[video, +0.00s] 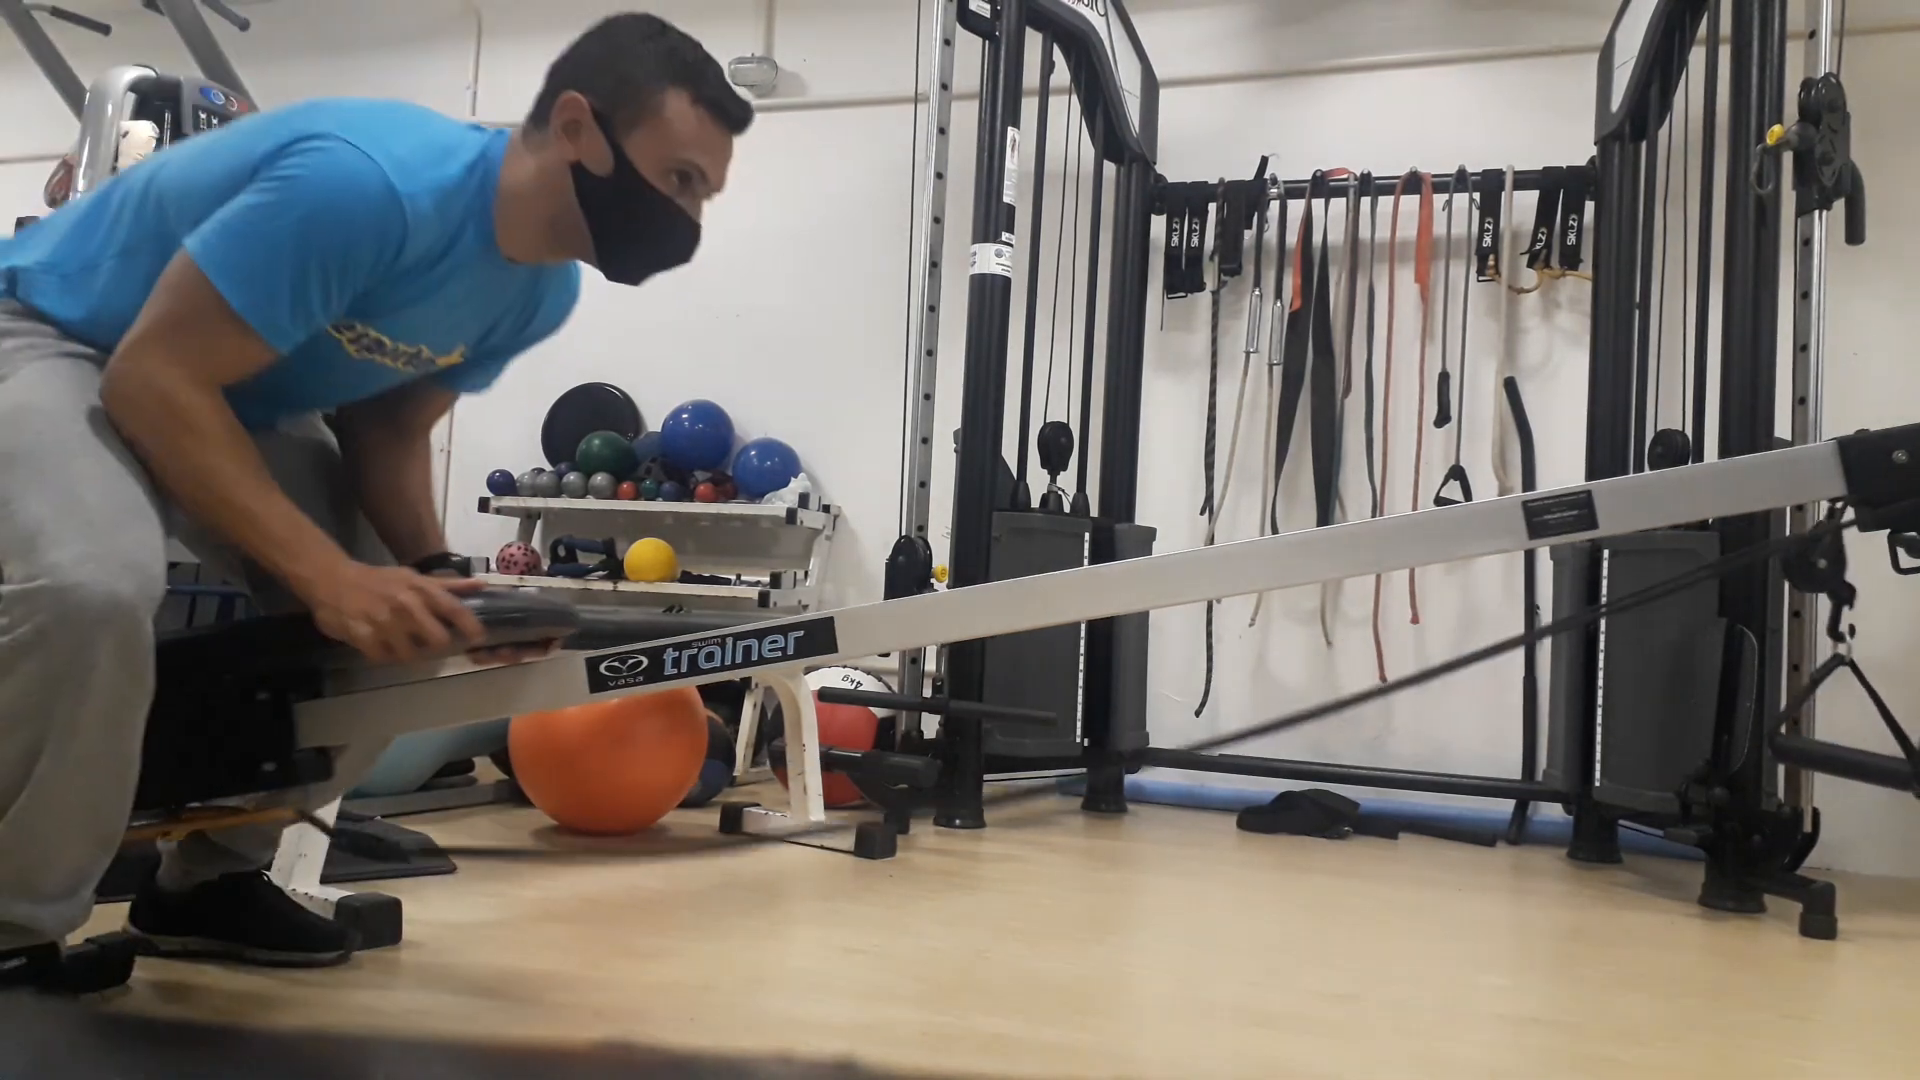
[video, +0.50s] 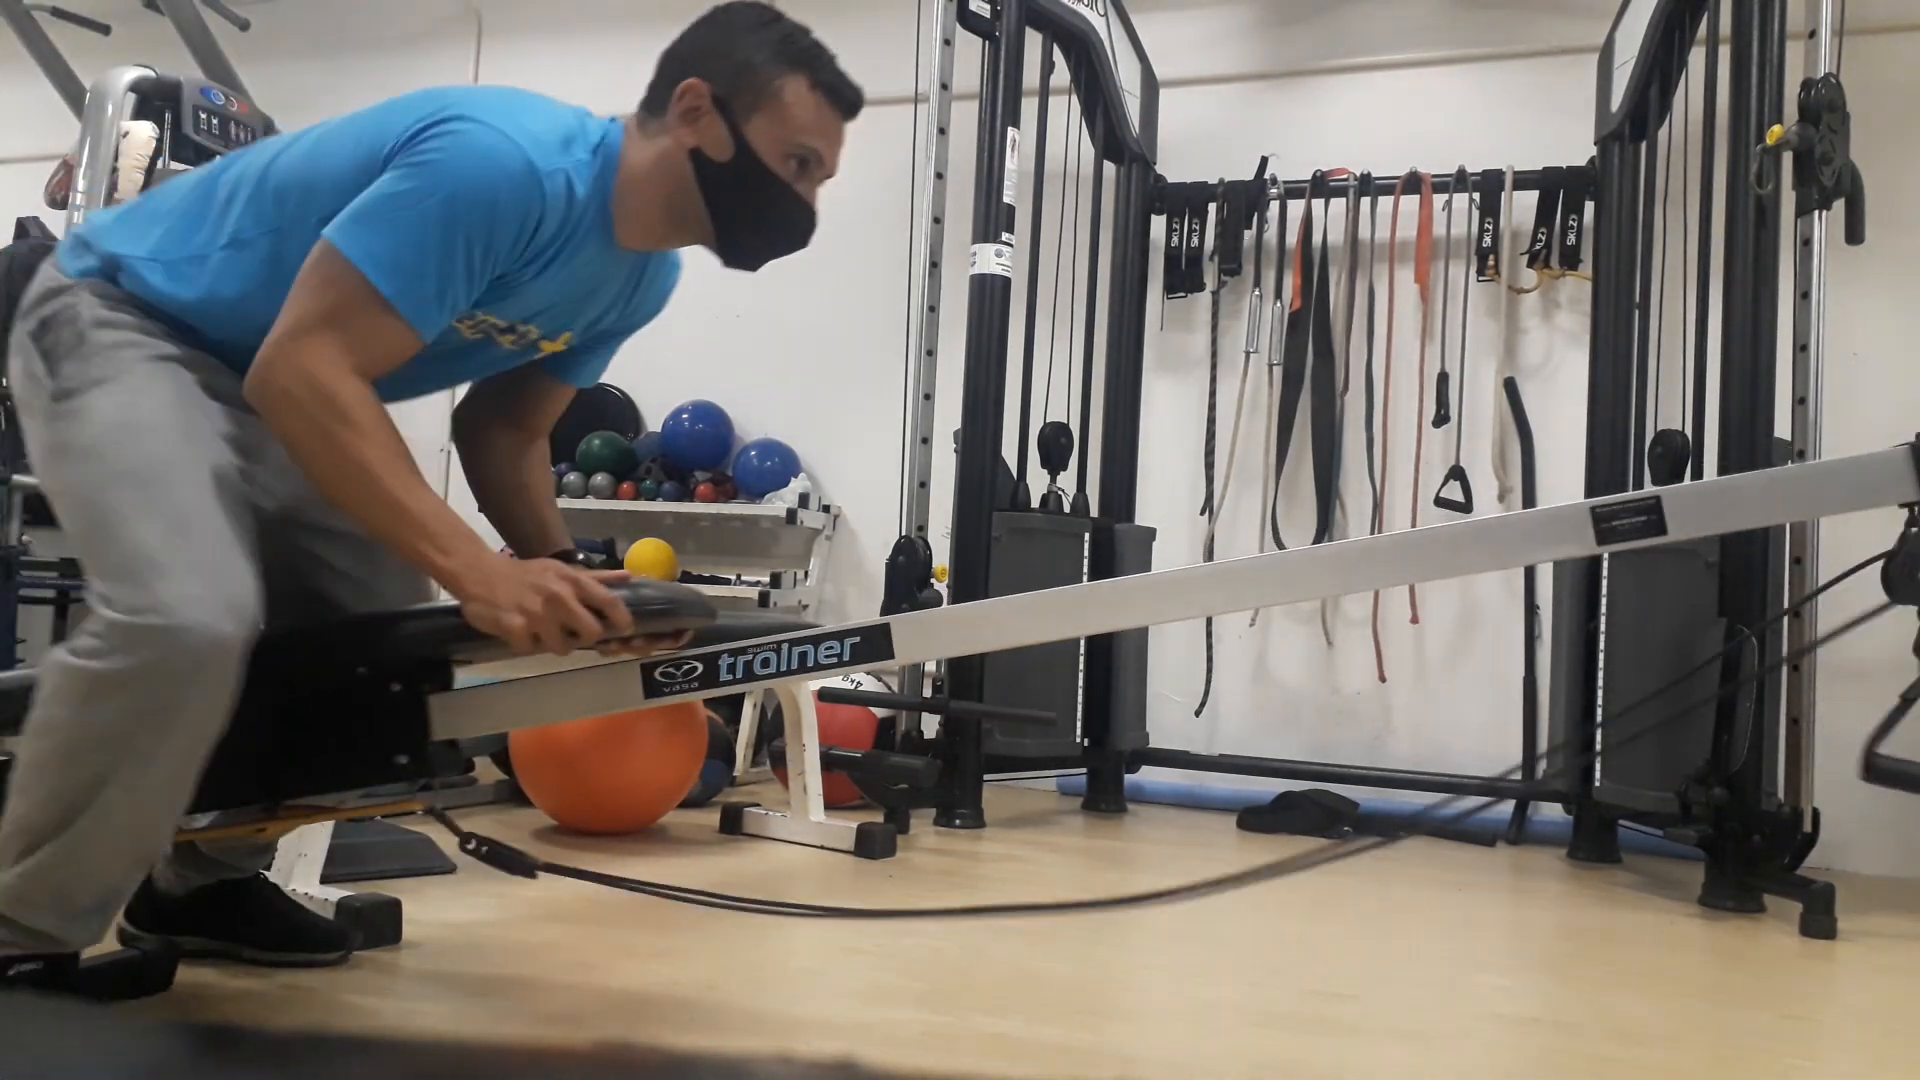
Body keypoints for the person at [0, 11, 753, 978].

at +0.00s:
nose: (693, 219)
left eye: (708, 196)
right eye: (683, 179)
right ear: (579, 125)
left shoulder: (542, 287)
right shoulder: (358, 188)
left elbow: (391, 420)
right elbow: (148, 381)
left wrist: (433, 574)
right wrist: (328, 574)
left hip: (236, 392)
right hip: (54, 336)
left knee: (381, 602)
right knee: (93, 590)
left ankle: (211, 873)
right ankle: (24, 926)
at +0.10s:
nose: (712, 222)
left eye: (725, 199)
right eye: (701, 182)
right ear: (598, 129)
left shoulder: (557, 293)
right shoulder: (385, 192)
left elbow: (413, 431)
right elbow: (175, 386)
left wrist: (466, 562)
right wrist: (374, 572)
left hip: (249, 381)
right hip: (63, 329)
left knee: (375, 611)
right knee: (101, 592)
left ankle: (205, 876)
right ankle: (17, 932)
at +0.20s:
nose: (735, 224)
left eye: (747, 202)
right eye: (723, 184)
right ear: (619, 129)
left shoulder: (575, 293)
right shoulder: (415, 187)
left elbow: (432, 435)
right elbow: (213, 387)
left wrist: (499, 573)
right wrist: (416, 567)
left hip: (258, 380)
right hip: (73, 323)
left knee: (381, 617)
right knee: (104, 594)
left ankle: (207, 876)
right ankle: (16, 931)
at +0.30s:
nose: (759, 222)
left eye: (772, 199)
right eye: (749, 182)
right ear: (646, 128)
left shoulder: (595, 290)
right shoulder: (443, 181)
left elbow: (456, 437)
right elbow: (252, 391)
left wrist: (530, 579)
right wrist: (452, 570)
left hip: (259, 380)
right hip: (87, 316)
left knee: (388, 625)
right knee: (122, 597)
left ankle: (202, 873)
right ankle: (16, 935)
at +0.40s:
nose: (786, 217)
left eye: (799, 194)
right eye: (776, 177)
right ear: (672, 123)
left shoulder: (616, 284)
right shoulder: (472, 175)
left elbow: (482, 438)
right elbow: (280, 390)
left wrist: (563, 576)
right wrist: (487, 566)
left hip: (264, 376)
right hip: (98, 307)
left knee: (384, 626)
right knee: (145, 603)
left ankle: (202, 874)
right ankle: (16, 934)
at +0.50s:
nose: (812, 202)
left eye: (824, 182)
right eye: (801, 164)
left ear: (700, 127)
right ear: (696, 113)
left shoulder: (644, 275)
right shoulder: (497, 168)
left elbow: (505, 424)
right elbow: (296, 372)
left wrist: (557, 581)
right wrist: (476, 569)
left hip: (274, 384)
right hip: (117, 316)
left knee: (400, 633)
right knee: (190, 616)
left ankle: (206, 870)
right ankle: (25, 929)